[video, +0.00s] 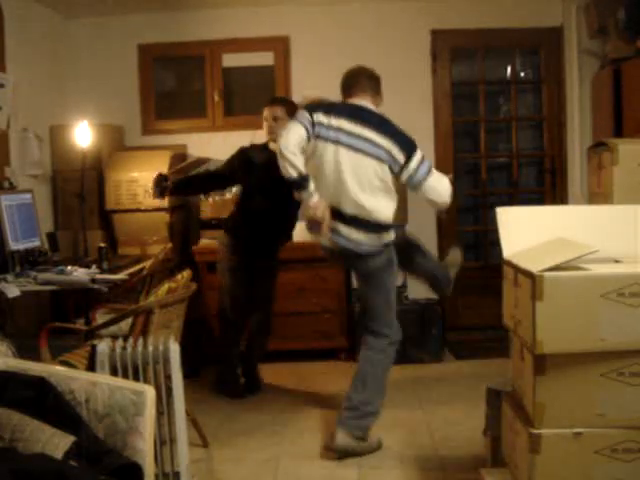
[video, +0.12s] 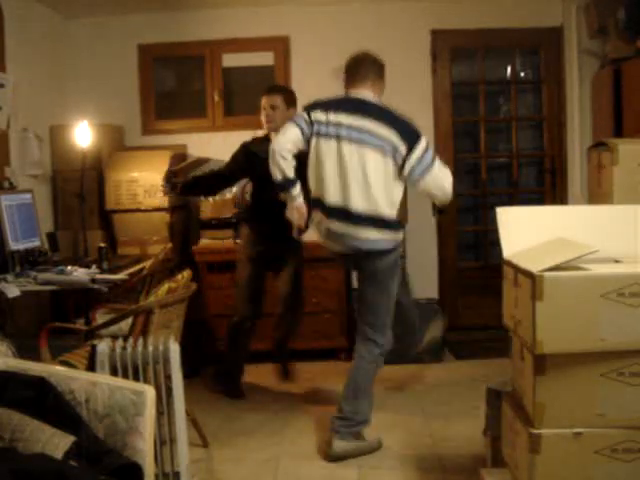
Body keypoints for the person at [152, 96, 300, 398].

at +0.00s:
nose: (271, 126)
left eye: (277, 120)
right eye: (267, 120)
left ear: (292, 124)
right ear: (262, 122)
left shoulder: (298, 161)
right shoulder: (250, 156)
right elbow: (216, 178)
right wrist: (172, 187)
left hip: (270, 244)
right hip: (239, 242)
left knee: (261, 311)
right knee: (234, 310)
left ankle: (251, 370)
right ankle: (226, 374)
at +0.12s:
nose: (267, 115)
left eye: (274, 108)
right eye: (263, 109)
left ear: (292, 112)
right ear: (260, 114)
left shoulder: (305, 149)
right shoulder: (253, 150)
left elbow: (317, 187)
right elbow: (222, 178)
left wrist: (309, 208)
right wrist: (182, 187)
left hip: (291, 234)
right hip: (256, 234)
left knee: (292, 301)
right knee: (248, 307)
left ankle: (283, 354)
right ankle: (230, 375)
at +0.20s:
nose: (267, 112)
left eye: (274, 105)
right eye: (263, 106)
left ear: (291, 107)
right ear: (260, 110)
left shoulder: (308, 142)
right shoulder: (256, 146)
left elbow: (324, 179)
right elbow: (225, 178)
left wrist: (314, 197)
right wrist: (187, 188)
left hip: (304, 229)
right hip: (270, 229)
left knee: (308, 300)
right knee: (266, 306)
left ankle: (314, 364)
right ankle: (241, 368)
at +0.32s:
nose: (275, 127)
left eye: (281, 120)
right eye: (271, 121)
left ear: (300, 120)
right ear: (268, 124)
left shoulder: (321, 152)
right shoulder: (267, 160)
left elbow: (341, 185)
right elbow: (235, 187)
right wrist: (200, 196)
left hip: (330, 243)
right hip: (293, 245)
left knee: (335, 308)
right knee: (298, 311)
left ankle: (341, 365)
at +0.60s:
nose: (262, 133)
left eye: (268, 126)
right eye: (259, 127)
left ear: (289, 125)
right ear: (260, 129)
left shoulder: (323, 163)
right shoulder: (268, 161)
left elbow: (325, 219)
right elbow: (251, 196)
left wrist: (307, 259)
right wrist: (226, 197)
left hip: (338, 235)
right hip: (308, 234)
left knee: (338, 310)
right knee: (286, 279)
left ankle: (360, 378)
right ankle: (309, 348)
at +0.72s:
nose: (256, 138)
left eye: (262, 132)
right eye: (253, 132)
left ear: (284, 131)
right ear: (254, 133)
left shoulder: (307, 171)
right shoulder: (267, 164)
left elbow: (297, 233)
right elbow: (260, 205)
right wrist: (230, 204)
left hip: (342, 238)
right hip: (309, 237)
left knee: (332, 308)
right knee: (297, 305)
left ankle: (367, 361)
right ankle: (304, 377)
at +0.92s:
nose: (244, 147)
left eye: (249, 140)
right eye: (242, 140)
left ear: (271, 137)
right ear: (261, 139)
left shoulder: (296, 174)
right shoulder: (265, 169)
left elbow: (274, 238)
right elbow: (263, 206)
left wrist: (225, 271)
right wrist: (238, 207)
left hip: (336, 237)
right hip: (308, 238)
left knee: (311, 308)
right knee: (301, 309)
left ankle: (365, 342)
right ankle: (311, 386)